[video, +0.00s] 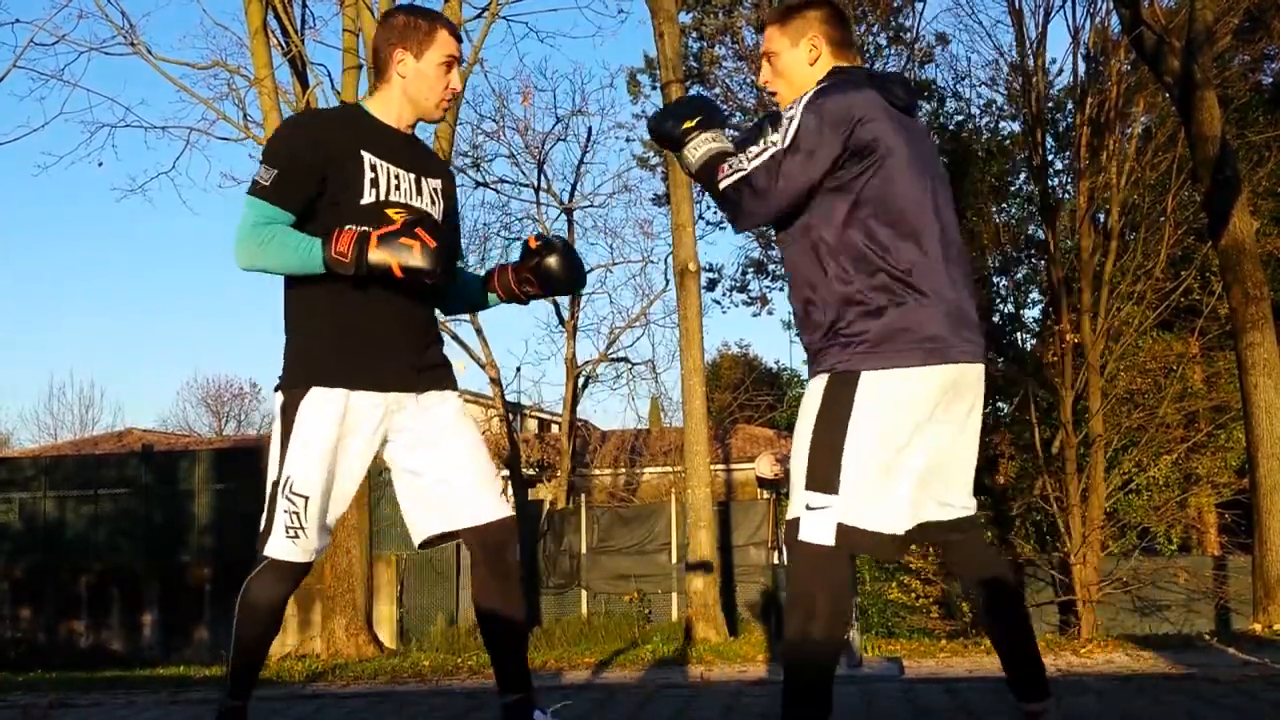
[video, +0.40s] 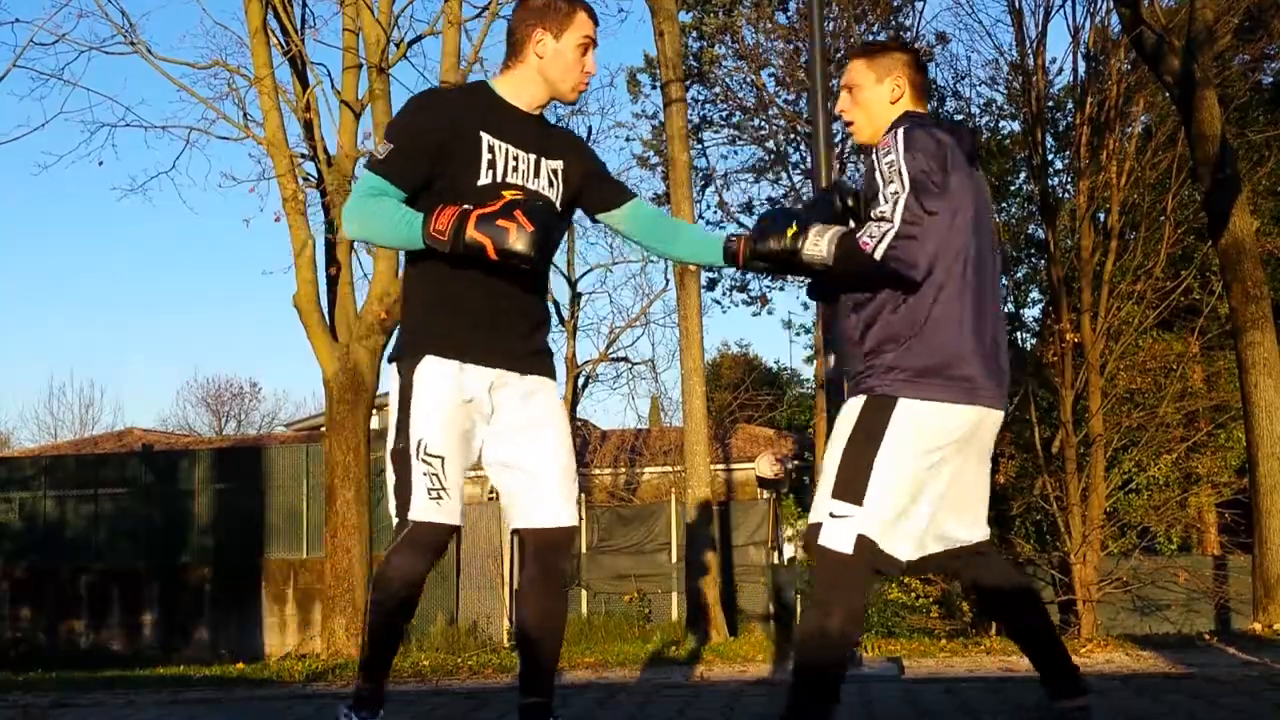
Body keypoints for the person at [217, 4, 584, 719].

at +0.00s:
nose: (457, 82)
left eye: (459, 68)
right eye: (448, 65)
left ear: (412, 68)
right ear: (400, 62)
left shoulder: (435, 172)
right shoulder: (313, 133)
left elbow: (442, 289)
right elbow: (252, 243)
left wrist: (502, 284)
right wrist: (358, 251)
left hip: (423, 380)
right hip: (331, 379)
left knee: (494, 528)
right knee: (289, 551)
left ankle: (518, 706)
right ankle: (233, 709)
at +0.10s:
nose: (490, 87)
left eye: (491, 73)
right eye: (480, 70)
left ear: (447, 74)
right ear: (433, 66)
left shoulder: (468, 177)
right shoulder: (349, 139)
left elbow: (503, 292)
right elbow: (291, 251)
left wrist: (571, 272)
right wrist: (392, 247)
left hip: (455, 386)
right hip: (362, 386)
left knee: (525, 535)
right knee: (308, 555)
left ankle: (533, 710)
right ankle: (238, 705)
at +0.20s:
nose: (529, 82)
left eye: (531, 69)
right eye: (519, 65)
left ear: (487, 70)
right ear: (471, 62)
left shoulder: (508, 174)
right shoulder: (385, 136)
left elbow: (567, 270)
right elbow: (327, 243)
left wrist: (638, 256)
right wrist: (419, 245)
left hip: (490, 381)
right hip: (397, 380)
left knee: (544, 535)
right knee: (348, 547)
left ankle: (536, 708)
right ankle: (255, 694)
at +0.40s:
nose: (593, 64)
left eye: (594, 50)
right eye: (585, 46)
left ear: (553, 48)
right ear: (537, 43)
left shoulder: (570, 155)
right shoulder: (443, 110)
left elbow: (647, 224)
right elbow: (362, 212)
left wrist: (738, 248)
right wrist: (450, 223)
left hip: (528, 368)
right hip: (441, 357)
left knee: (550, 533)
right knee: (430, 525)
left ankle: (535, 709)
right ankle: (366, 698)